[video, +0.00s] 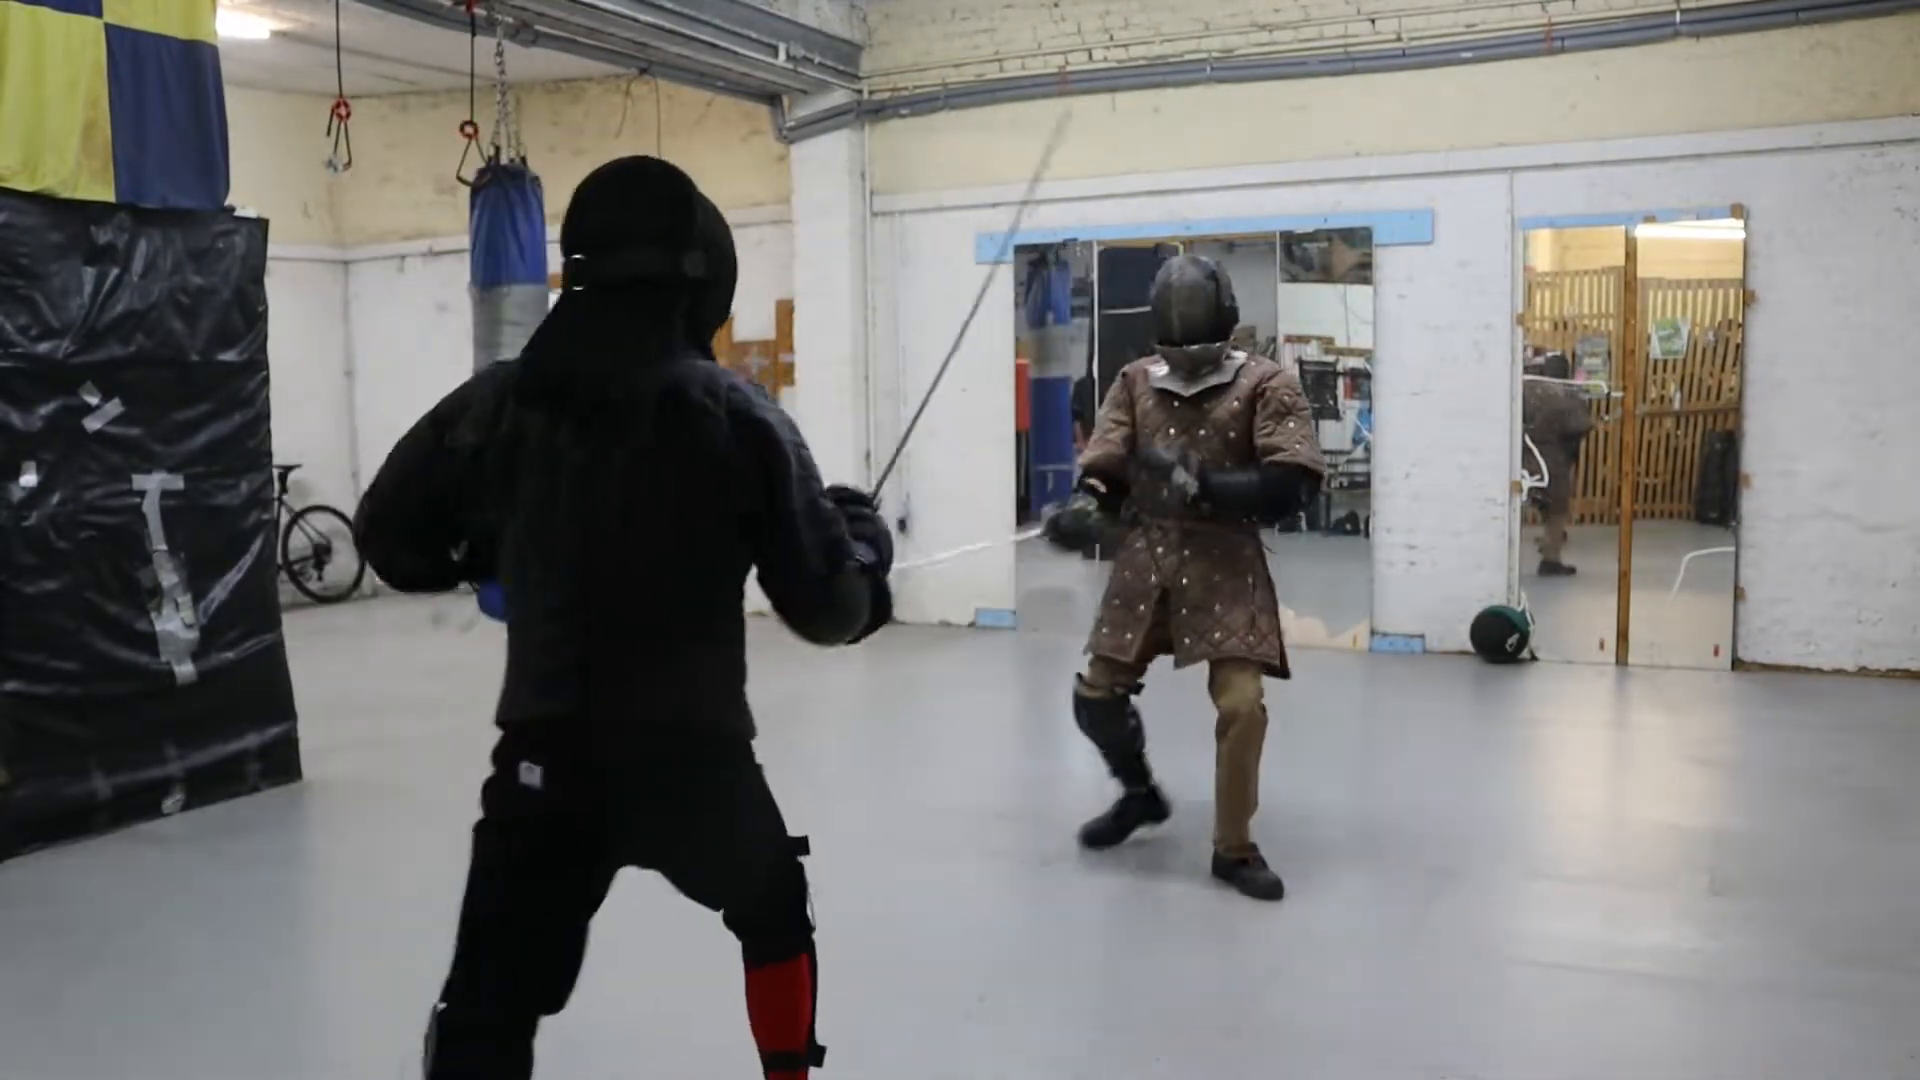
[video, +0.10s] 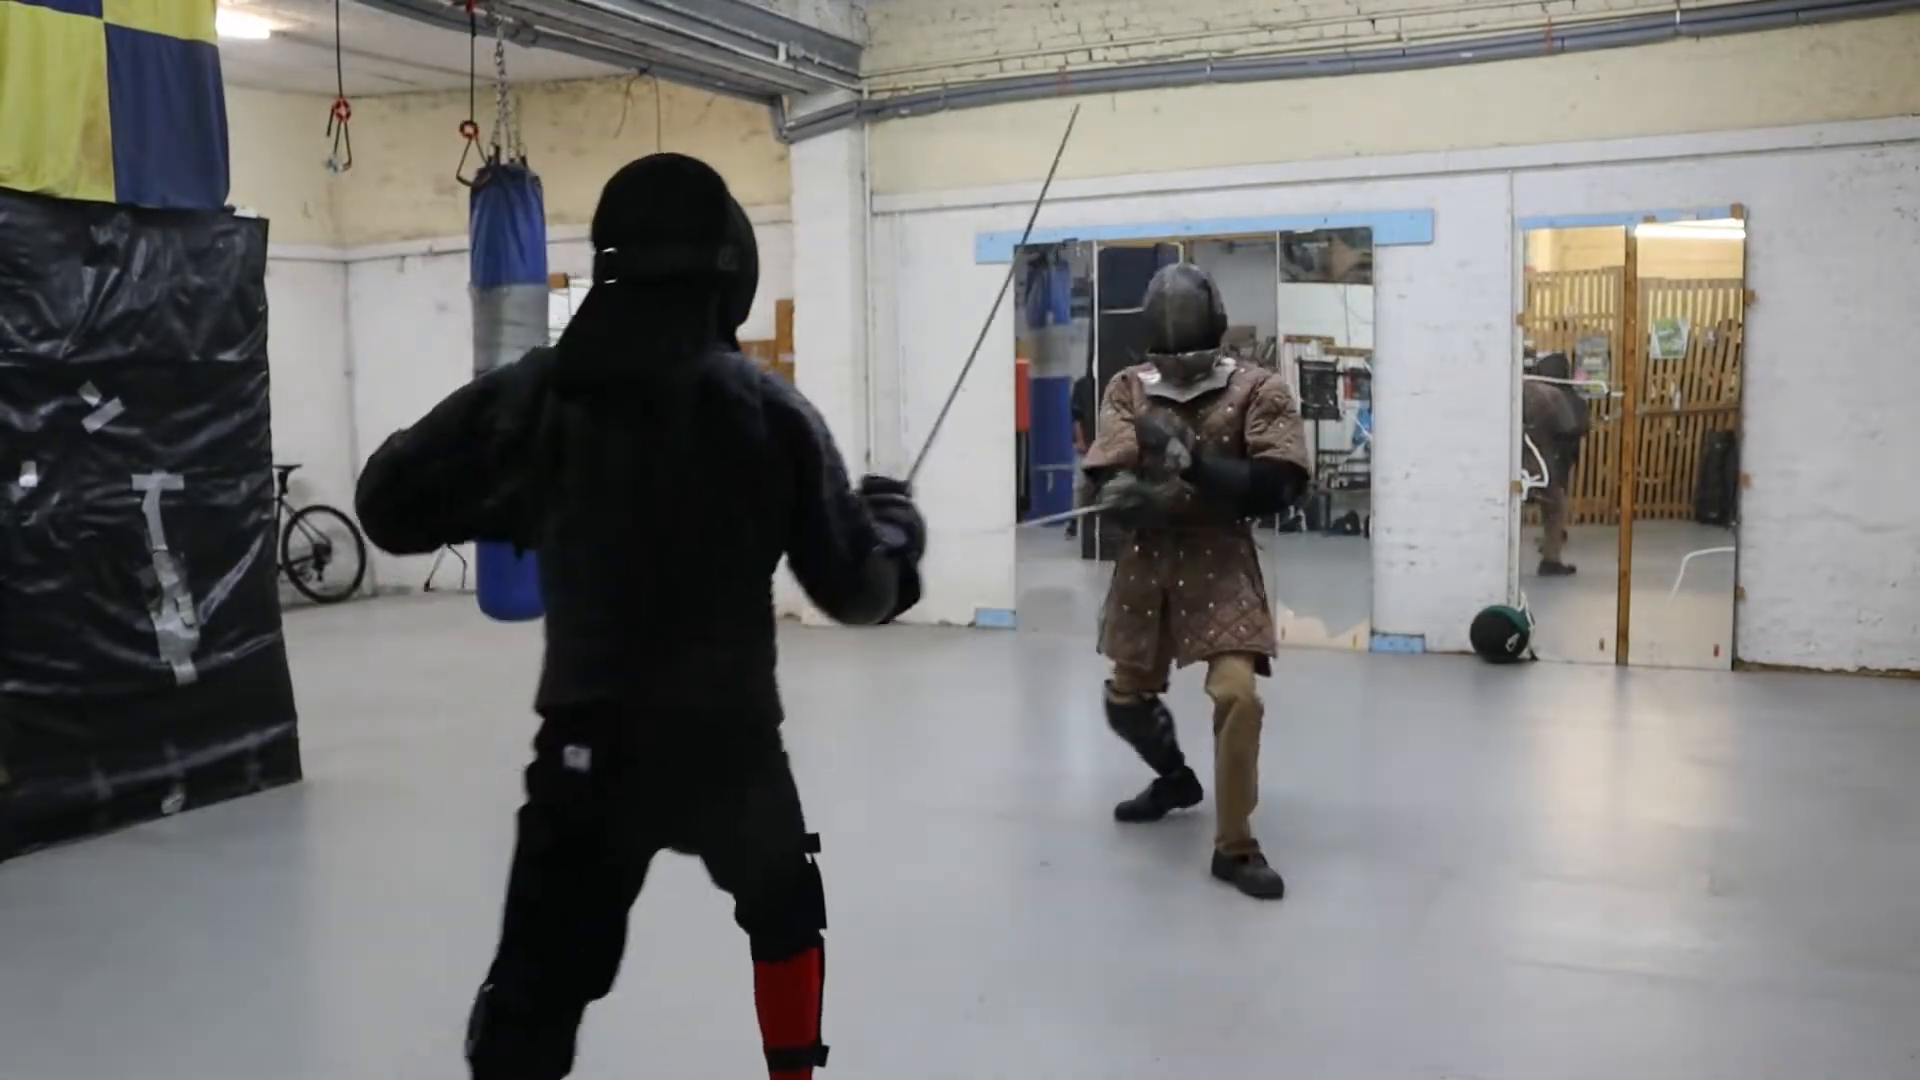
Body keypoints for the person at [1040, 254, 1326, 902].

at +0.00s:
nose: (1186, 347)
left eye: (1199, 333)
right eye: (1174, 334)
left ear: (1226, 322)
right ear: (1159, 326)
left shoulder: (1268, 383)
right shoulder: (1136, 381)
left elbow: (1294, 481)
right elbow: (1104, 462)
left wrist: (1208, 485)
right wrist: (1088, 503)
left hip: (1227, 565)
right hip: (1144, 561)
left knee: (1243, 704)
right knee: (1097, 698)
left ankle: (1234, 850)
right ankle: (1141, 795)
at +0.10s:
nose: (1180, 355)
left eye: (1192, 341)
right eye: (1167, 343)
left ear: (1215, 329)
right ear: (1150, 335)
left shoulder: (1259, 387)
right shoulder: (1129, 389)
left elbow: (1282, 480)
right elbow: (1102, 477)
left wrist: (1196, 460)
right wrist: (1130, 495)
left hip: (1222, 560)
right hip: (1145, 560)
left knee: (1238, 695)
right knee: (1127, 701)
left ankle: (1237, 847)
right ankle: (1174, 779)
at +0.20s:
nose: (1168, 360)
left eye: (1179, 347)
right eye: (1155, 348)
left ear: (1202, 335)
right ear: (1139, 341)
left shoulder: (1248, 390)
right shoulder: (1122, 394)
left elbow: (1273, 477)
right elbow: (1115, 488)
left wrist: (1205, 463)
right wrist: (1183, 489)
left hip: (1217, 559)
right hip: (1144, 563)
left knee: (1225, 686)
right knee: (1143, 695)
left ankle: (1234, 841)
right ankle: (1174, 777)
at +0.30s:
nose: (1164, 348)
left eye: (1174, 333)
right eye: (1151, 335)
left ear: (1197, 325)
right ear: (1135, 331)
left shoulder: (1245, 384)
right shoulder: (1119, 390)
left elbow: (1264, 473)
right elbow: (1118, 487)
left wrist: (1186, 444)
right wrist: (1181, 492)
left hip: (1217, 550)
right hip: (1143, 554)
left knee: (1226, 676)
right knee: (1137, 683)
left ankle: (1235, 827)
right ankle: (1172, 775)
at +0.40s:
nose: (1167, 357)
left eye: (1178, 345)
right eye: (1154, 347)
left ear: (1201, 325)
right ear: (1138, 333)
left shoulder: (1245, 378)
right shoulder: (1120, 381)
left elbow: (1263, 469)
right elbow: (1108, 474)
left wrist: (1185, 439)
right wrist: (1162, 511)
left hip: (1217, 546)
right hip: (1143, 548)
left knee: (1233, 666)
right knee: (1140, 673)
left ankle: (1240, 815)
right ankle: (1171, 773)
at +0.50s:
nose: (1169, 341)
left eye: (1180, 325)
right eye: (1156, 327)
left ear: (1203, 314)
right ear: (1141, 322)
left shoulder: (1247, 372)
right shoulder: (1120, 378)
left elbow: (1267, 460)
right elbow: (1100, 478)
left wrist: (1188, 434)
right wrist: (1139, 529)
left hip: (1220, 539)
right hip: (1146, 540)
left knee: (1239, 667)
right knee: (1145, 667)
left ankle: (1237, 789)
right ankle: (1171, 774)